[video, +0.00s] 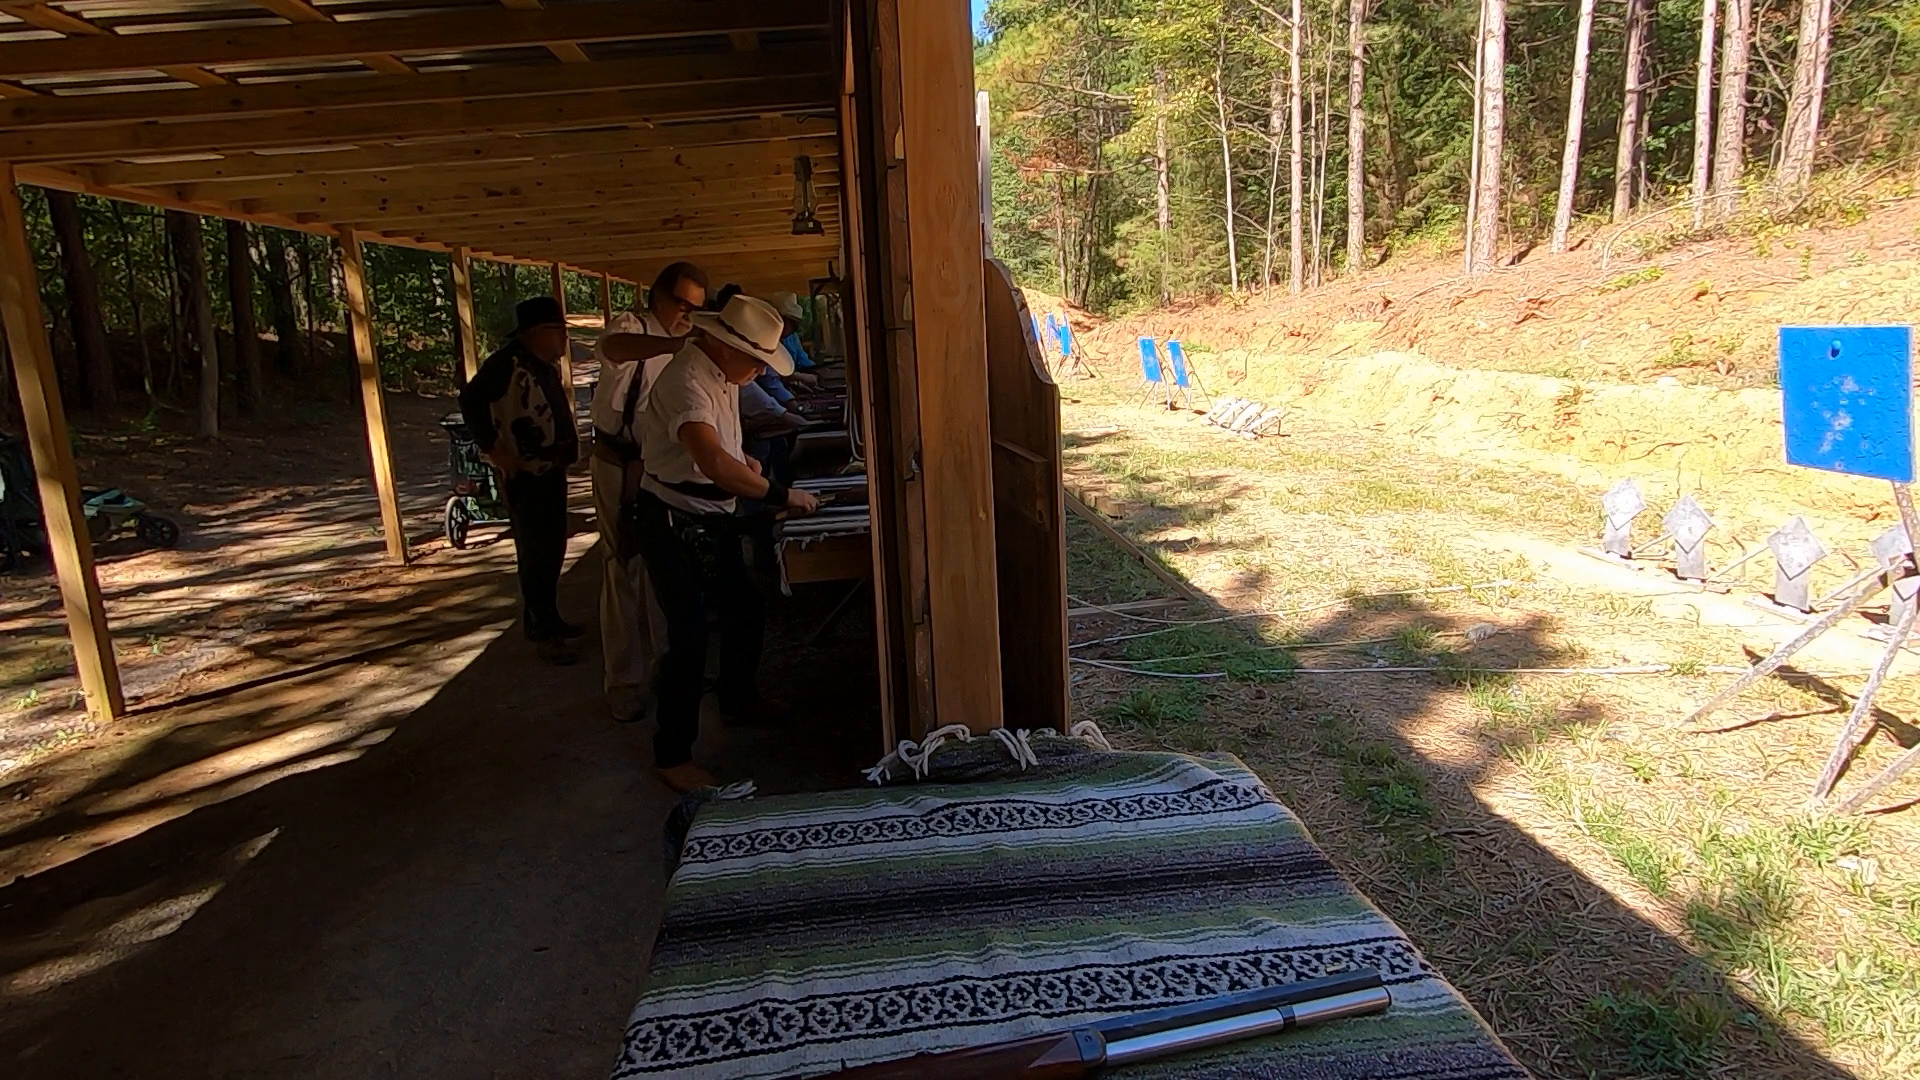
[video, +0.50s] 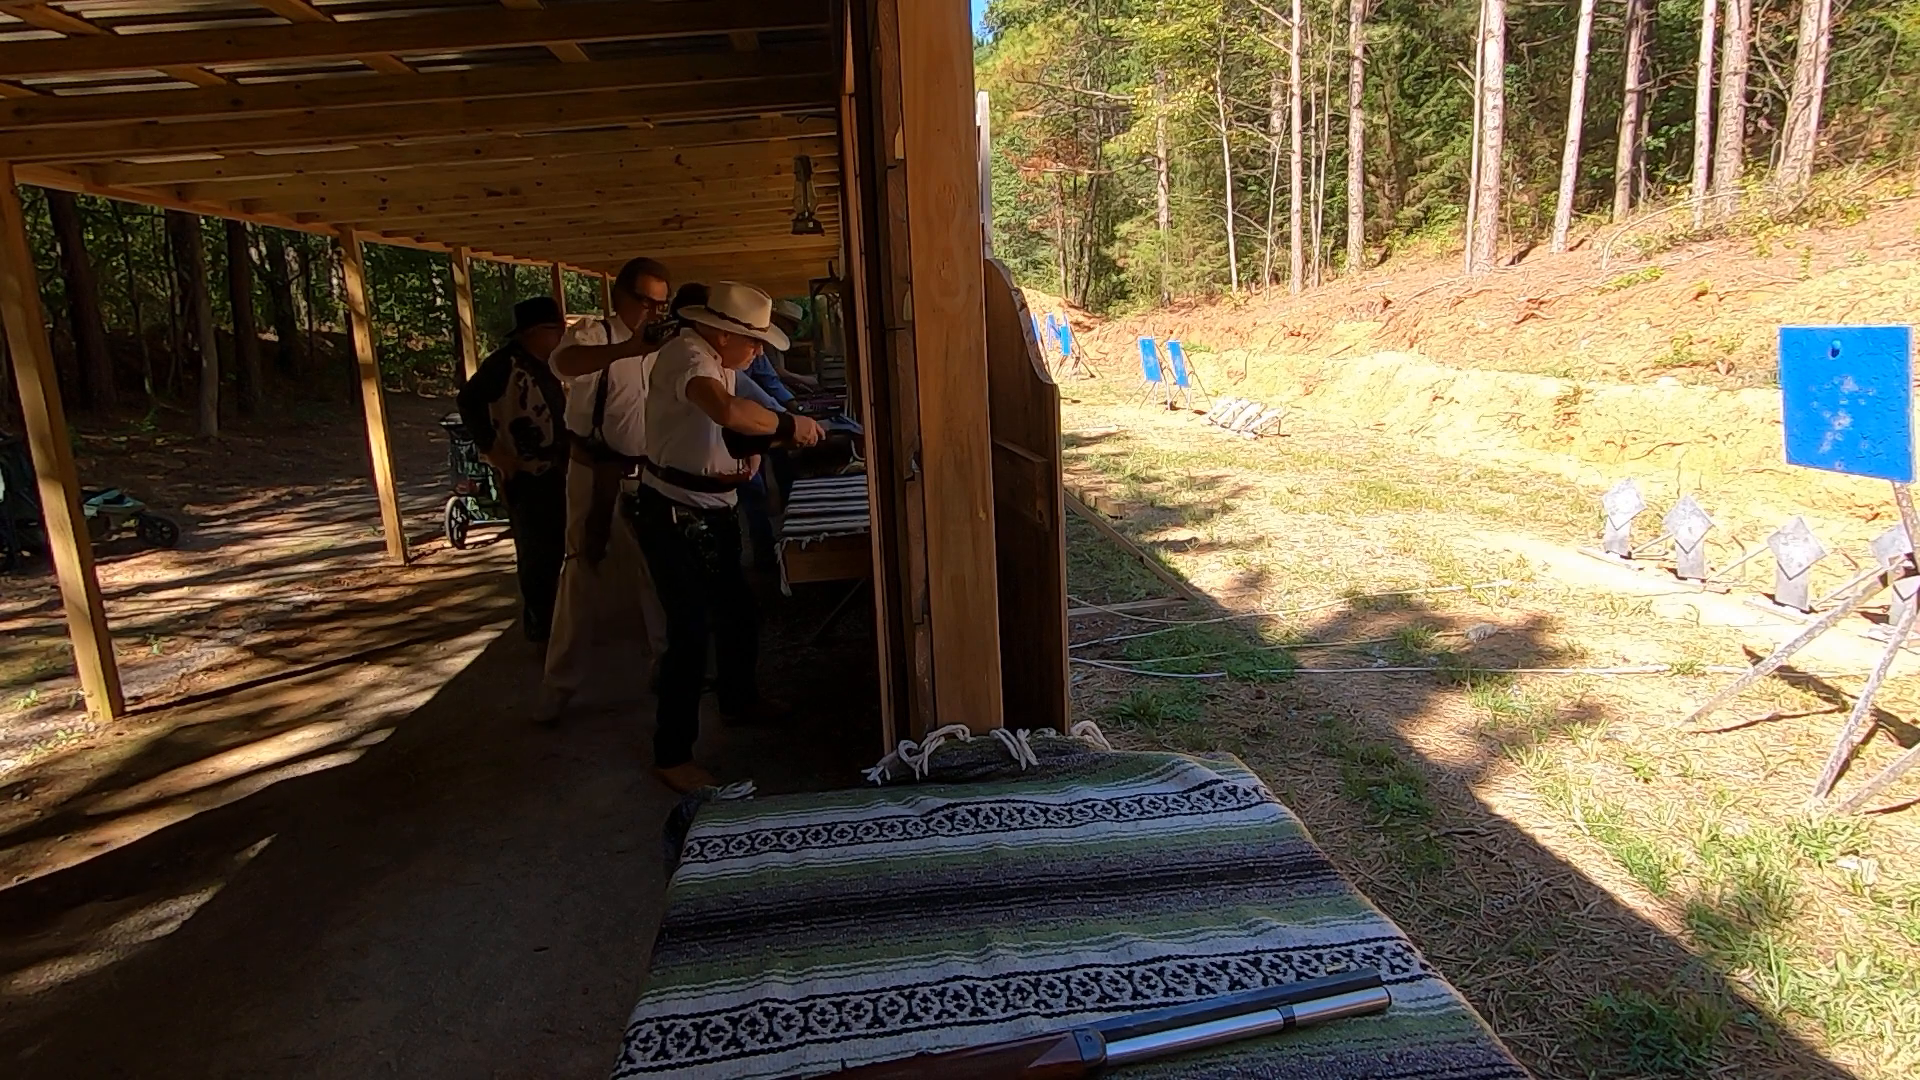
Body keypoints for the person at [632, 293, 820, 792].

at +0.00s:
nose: (758, 374)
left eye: (762, 366)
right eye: (757, 364)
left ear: (728, 348)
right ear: (730, 348)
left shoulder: (721, 377)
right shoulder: (686, 378)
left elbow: (724, 445)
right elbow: (711, 461)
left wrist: (747, 466)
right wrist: (781, 494)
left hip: (716, 516)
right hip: (673, 520)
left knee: (742, 611)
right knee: (690, 634)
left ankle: (739, 704)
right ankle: (672, 757)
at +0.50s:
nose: (757, 355)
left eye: (760, 346)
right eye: (753, 344)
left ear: (727, 335)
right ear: (725, 333)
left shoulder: (717, 362)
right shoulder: (686, 353)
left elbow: (722, 424)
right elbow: (724, 409)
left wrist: (751, 450)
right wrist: (786, 423)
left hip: (717, 512)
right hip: (672, 513)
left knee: (737, 613)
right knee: (689, 632)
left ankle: (740, 706)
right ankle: (673, 756)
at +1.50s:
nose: (748, 333)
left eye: (748, 324)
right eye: (741, 324)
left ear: (720, 325)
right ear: (709, 324)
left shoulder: (726, 365)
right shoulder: (667, 344)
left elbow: (753, 413)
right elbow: (700, 392)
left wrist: (808, 392)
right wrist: (753, 372)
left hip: (722, 508)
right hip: (672, 509)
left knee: (732, 615)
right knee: (681, 631)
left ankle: (740, 707)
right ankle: (672, 756)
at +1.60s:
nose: (752, 338)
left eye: (752, 329)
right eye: (746, 329)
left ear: (727, 327)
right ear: (714, 327)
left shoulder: (728, 367)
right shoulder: (668, 342)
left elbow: (747, 428)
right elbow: (697, 393)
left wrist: (812, 435)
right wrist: (753, 368)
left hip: (724, 510)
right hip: (674, 512)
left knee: (734, 616)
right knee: (680, 630)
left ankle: (740, 707)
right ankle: (672, 757)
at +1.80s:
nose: (759, 343)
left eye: (759, 334)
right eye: (751, 334)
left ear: (744, 333)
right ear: (719, 331)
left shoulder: (747, 370)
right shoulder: (674, 340)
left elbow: (799, 410)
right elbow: (698, 396)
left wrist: (858, 395)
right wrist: (760, 372)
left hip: (717, 511)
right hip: (662, 509)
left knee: (735, 614)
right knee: (674, 630)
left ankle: (740, 708)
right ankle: (672, 757)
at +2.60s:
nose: (741, 342)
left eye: (742, 334)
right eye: (732, 333)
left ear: (737, 334)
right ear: (697, 332)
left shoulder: (739, 377)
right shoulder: (653, 347)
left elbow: (785, 419)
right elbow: (668, 384)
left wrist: (847, 397)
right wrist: (736, 376)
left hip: (711, 508)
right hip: (654, 509)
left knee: (737, 609)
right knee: (674, 628)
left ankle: (739, 707)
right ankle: (672, 756)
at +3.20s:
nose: (723, 330)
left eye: (724, 321)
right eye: (714, 321)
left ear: (717, 321)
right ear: (682, 321)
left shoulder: (720, 363)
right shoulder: (651, 349)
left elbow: (773, 415)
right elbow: (671, 412)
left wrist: (834, 383)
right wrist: (740, 404)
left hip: (709, 511)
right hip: (656, 512)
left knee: (727, 615)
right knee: (674, 629)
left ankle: (741, 710)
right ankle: (672, 756)